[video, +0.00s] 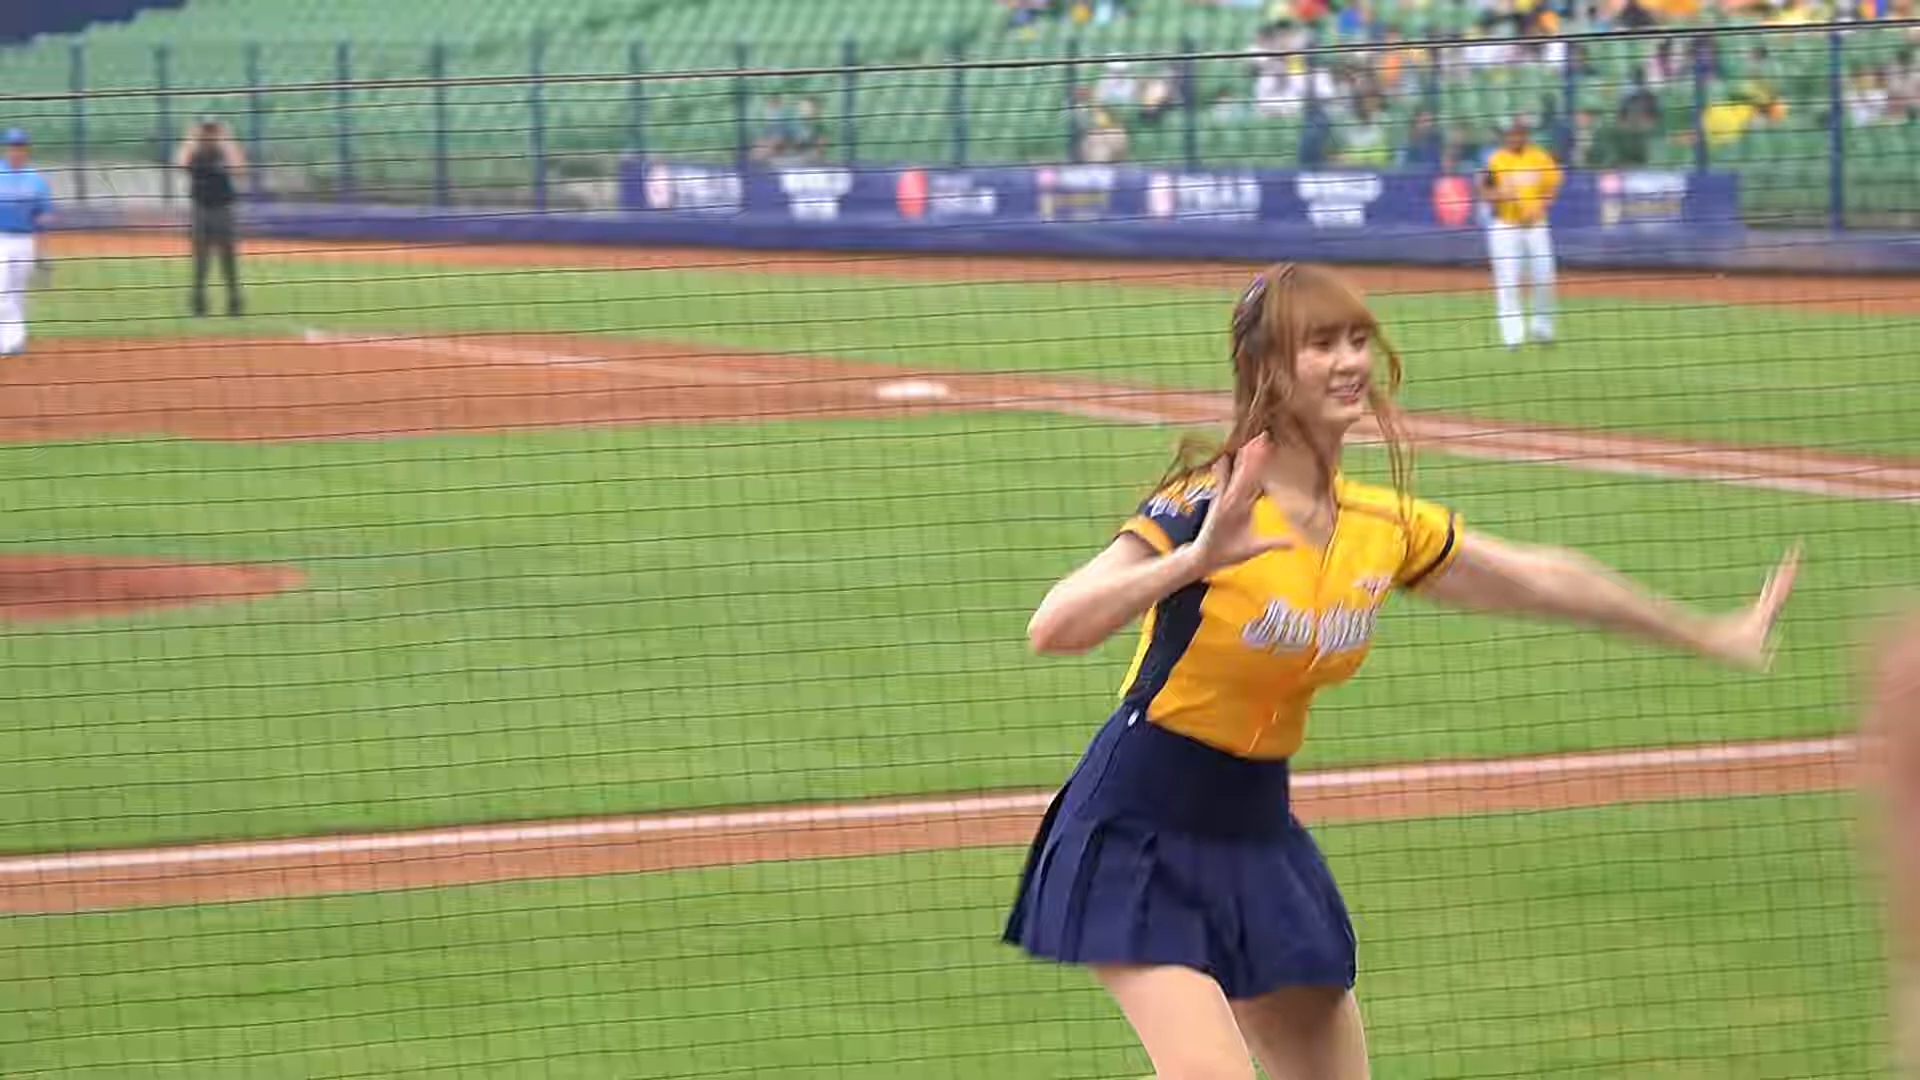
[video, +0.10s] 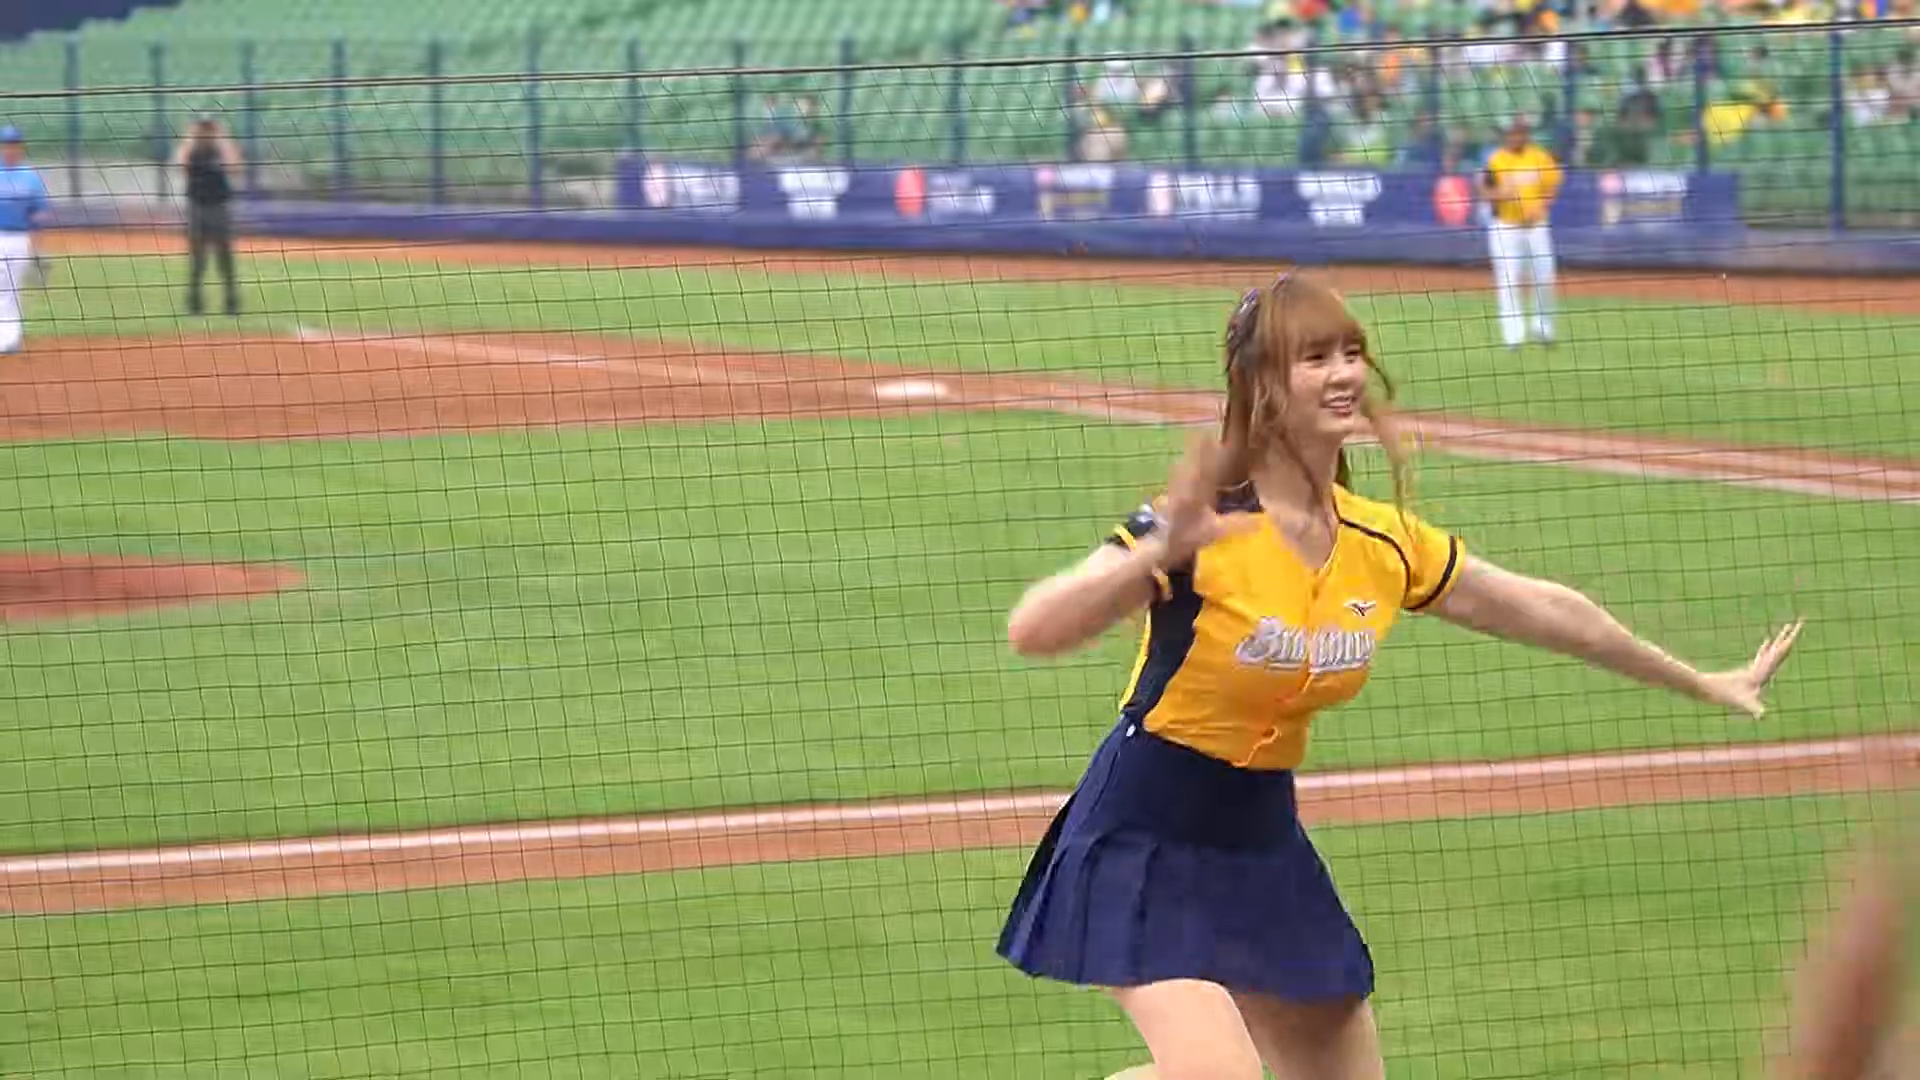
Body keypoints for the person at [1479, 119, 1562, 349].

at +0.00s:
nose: (1517, 140)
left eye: (1520, 134)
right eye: (1513, 135)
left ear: (1527, 136)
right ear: (1505, 137)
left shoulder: (1539, 158)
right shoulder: (1497, 161)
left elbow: (1555, 181)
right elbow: (1484, 190)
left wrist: (1540, 206)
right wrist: (1504, 195)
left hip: (1535, 224)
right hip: (1505, 226)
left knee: (1544, 276)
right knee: (1507, 280)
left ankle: (1542, 325)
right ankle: (1512, 331)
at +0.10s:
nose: (1518, 139)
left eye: (1521, 134)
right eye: (1514, 134)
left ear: (1528, 135)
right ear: (1506, 136)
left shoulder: (1539, 157)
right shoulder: (1496, 161)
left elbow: (1554, 182)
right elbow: (1484, 191)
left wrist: (1540, 207)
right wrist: (1504, 194)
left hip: (1535, 224)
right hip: (1505, 226)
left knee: (1544, 276)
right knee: (1508, 280)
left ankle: (1543, 325)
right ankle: (1513, 330)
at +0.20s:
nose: (1522, 139)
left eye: (1526, 134)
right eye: (1518, 134)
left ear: (1532, 135)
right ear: (1510, 136)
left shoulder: (1542, 157)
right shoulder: (1499, 161)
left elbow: (1558, 180)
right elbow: (1487, 190)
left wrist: (1544, 205)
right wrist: (1508, 195)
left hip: (1538, 224)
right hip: (1508, 226)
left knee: (1546, 277)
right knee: (1511, 281)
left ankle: (1546, 326)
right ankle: (1516, 332)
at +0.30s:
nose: (1525, 139)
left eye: (1529, 134)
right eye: (1521, 134)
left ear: (1535, 135)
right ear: (1513, 136)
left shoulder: (1546, 155)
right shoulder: (1504, 159)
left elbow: (1564, 178)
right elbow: (1491, 189)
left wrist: (1551, 206)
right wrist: (1512, 195)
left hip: (1544, 224)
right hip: (1513, 226)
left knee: (1552, 275)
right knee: (1516, 280)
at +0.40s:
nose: (1535, 134)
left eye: (1540, 128)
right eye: (1530, 129)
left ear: (1545, 130)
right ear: (1520, 132)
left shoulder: (1553, 153)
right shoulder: (1511, 158)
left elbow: (1570, 174)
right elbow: (1502, 190)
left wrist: (1559, 203)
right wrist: (1529, 189)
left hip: (1550, 222)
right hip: (1520, 224)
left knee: (1559, 276)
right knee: (1524, 280)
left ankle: (1557, 324)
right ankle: (1528, 330)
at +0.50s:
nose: (1541, 133)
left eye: (1545, 127)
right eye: (1536, 128)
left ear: (1550, 129)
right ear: (1527, 130)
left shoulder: (1559, 152)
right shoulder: (1517, 156)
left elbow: (1575, 175)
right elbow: (1503, 186)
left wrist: (1563, 202)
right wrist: (1530, 190)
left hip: (1555, 221)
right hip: (1525, 223)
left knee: (1563, 275)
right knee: (1528, 279)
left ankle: (1562, 324)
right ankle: (1532, 330)